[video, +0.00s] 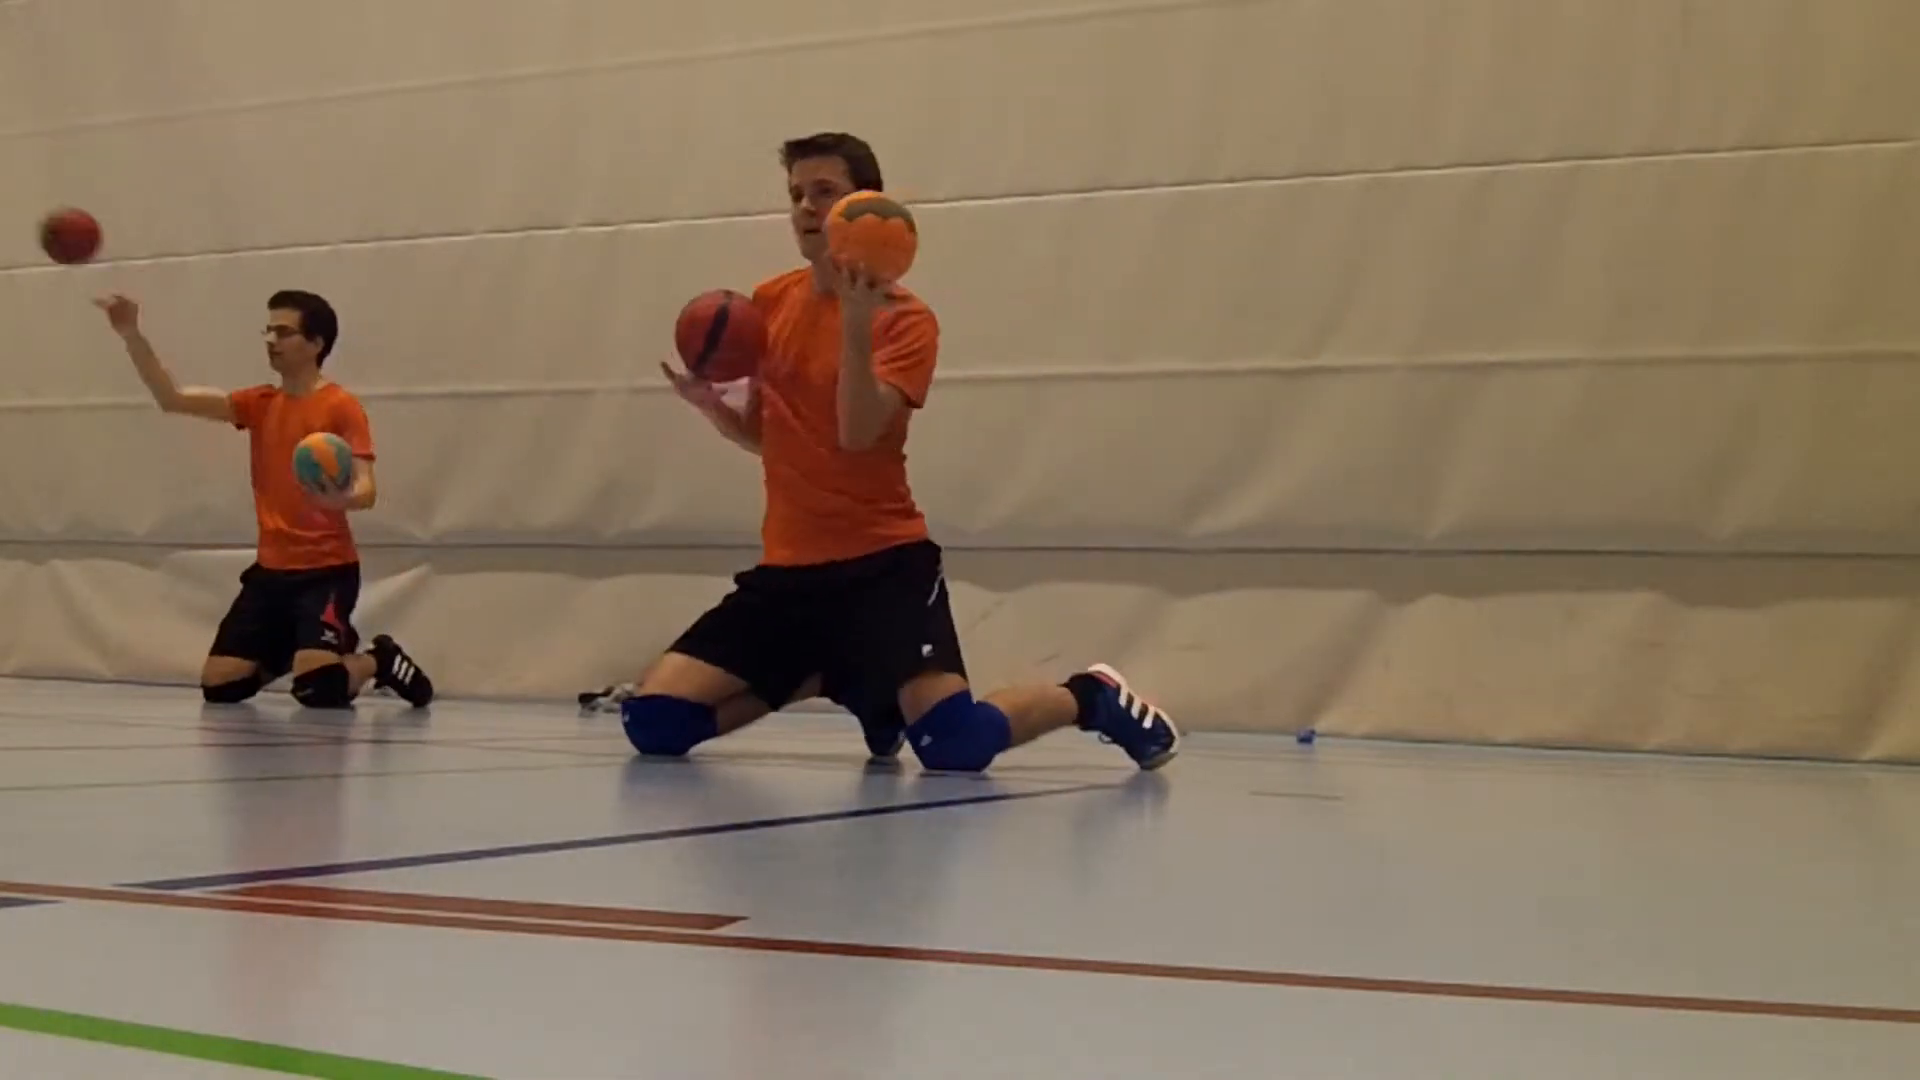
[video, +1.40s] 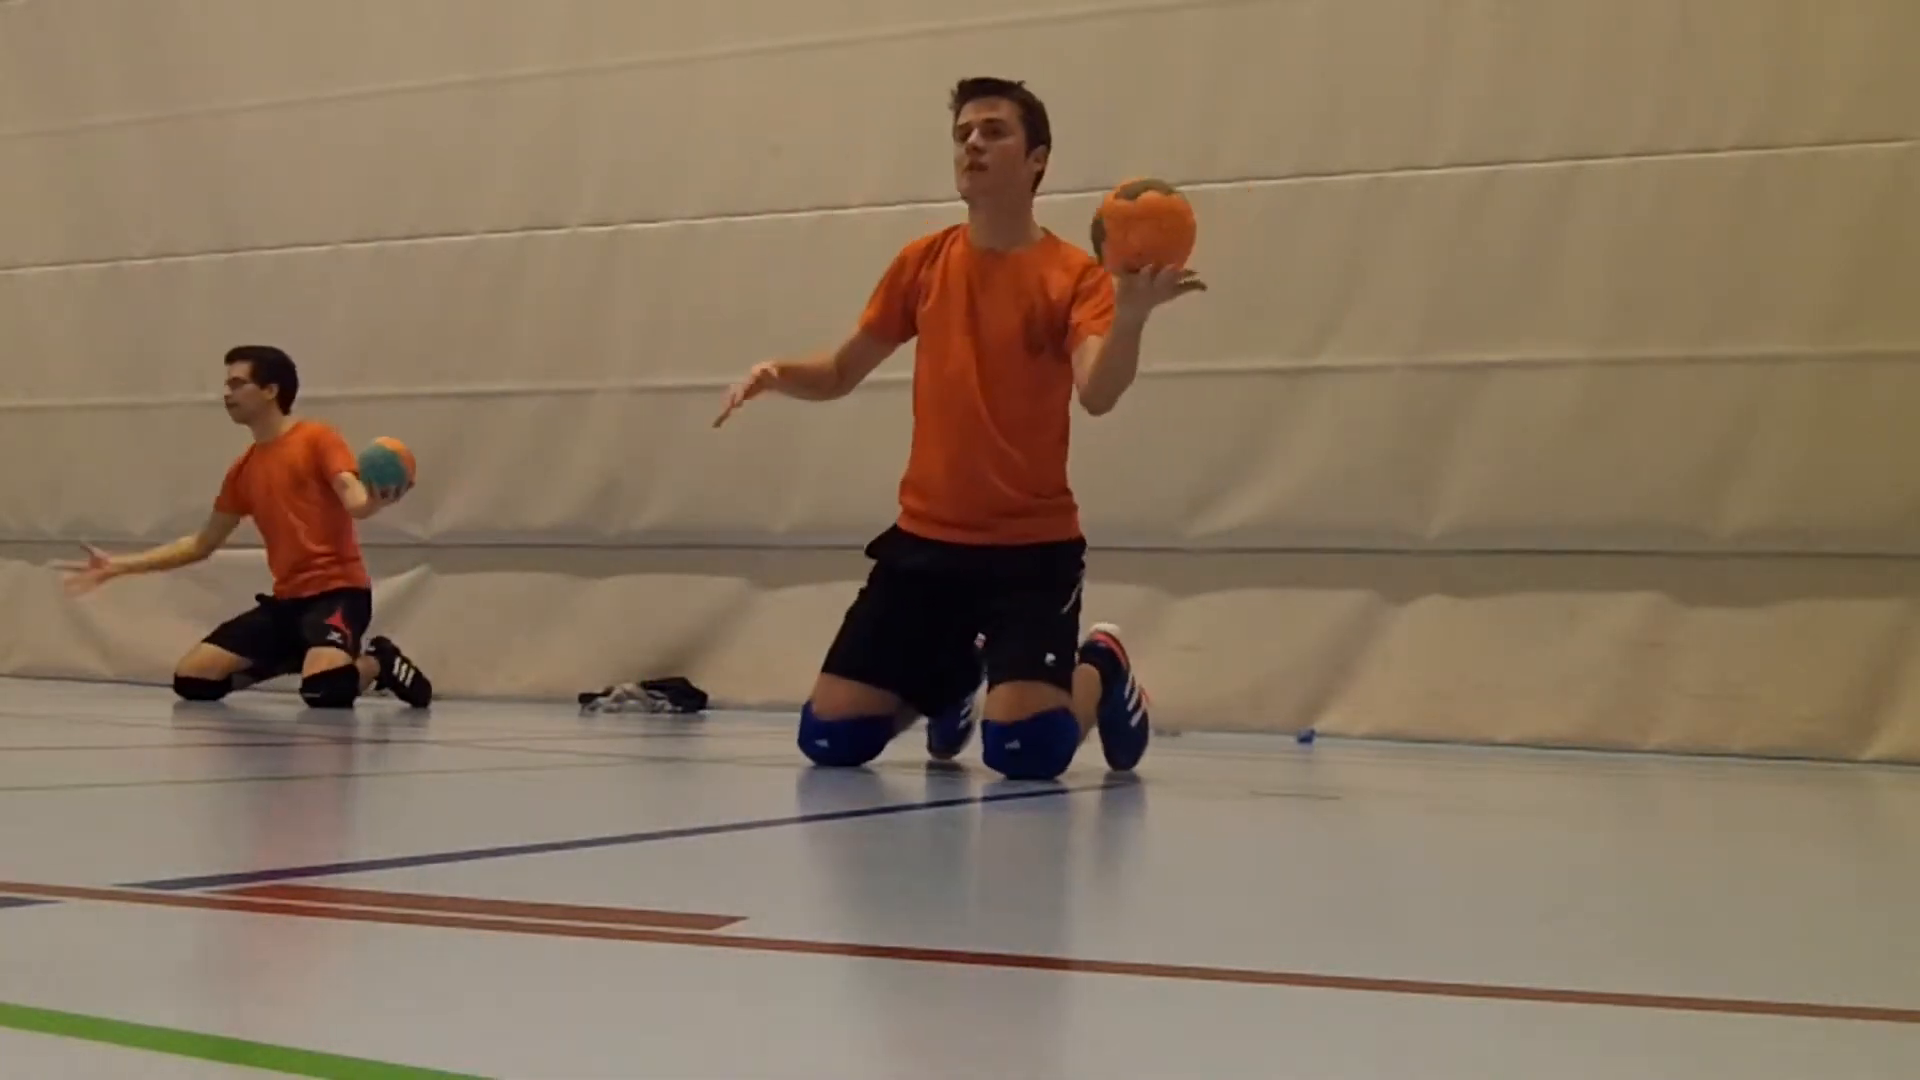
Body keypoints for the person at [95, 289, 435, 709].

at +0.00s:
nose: (269, 341)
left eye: (282, 332)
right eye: (268, 332)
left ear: (316, 343)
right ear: (270, 340)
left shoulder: (341, 406)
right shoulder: (260, 403)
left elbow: (366, 491)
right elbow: (172, 399)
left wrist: (341, 498)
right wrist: (131, 335)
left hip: (326, 571)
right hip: (270, 572)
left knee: (316, 689)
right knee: (220, 687)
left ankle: (381, 662)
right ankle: (318, 648)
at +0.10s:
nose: (267, 340)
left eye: (280, 331)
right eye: (266, 330)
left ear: (313, 341)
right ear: (265, 336)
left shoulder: (336, 404)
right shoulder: (257, 400)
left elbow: (361, 488)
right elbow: (169, 406)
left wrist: (341, 481)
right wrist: (130, 357)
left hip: (320, 570)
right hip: (262, 569)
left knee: (309, 688)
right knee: (219, 688)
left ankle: (376, 663)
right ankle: (320, 653)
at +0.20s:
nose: (268, 341)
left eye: (281, 332)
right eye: (266, 331)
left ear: (314, 343)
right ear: (263, 335)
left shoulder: (339, 410)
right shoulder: (258, 403)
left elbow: (362, 490)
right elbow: (180, 448)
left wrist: (354, 470)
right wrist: (140, 416)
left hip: (319, 570)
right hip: (261, 570)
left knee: (308, 689)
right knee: (219, 686)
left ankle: (371, 660)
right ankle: (319, 654)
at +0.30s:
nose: (269, 345)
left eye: (282, 336)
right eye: (267, 335)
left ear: (315, 347)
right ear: (265, 338)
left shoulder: (340, 410)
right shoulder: (263, 411)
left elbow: (371, 489)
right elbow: (211, 486)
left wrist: (379, 469)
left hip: (322, 574)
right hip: (264, 572)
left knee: (313, 691)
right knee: (218, 686)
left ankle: (369, 660)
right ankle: (313, 649)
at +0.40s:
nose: (270, 350)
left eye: (282, 341)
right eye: (269, 339)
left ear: (317, 351)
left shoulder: (343, 412)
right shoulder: (270, 416)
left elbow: (381, 488)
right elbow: (245, 507)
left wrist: (402, 475)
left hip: (329, 576)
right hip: (271, 575)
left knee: (320, 690)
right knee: (213, 685)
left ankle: (372, 659)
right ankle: (311, 649)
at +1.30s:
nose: (242, 384)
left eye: (252, 375)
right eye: (241, 375)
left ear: (287, 379)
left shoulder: (330, 433)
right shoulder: (258, 457)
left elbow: (366, 501)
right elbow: (243, 548)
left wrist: (390, 506)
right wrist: (172, 592)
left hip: (338, 593)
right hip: (285, 597)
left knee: (309, 690)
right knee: (196, 681)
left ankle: (374, 662)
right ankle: (304, 652)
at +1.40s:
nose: (226, 394)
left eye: (236, 384)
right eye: (225, 385)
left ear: (272, 391)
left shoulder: (316, 439)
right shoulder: (244, 472)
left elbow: (354, 501)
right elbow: (201, 545)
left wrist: (379, 496)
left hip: (338, 595)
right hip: (286, 602)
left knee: (323, 690)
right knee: (192, 679)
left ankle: (380, 663)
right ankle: (303, 658)